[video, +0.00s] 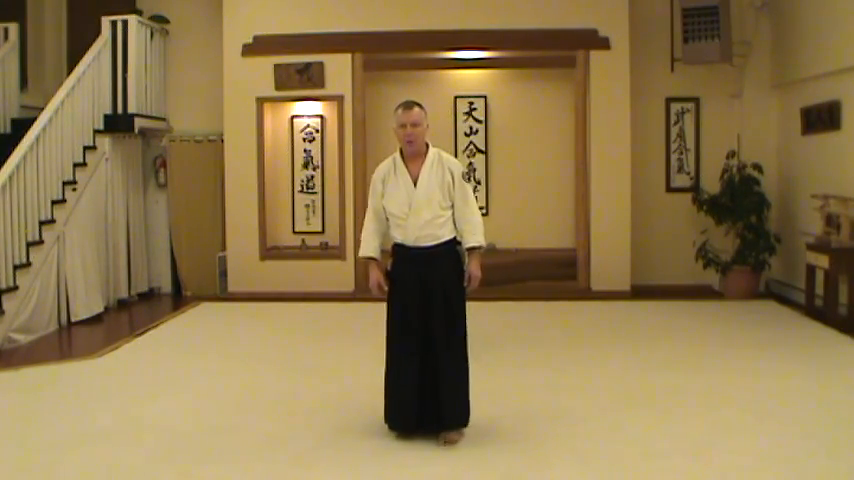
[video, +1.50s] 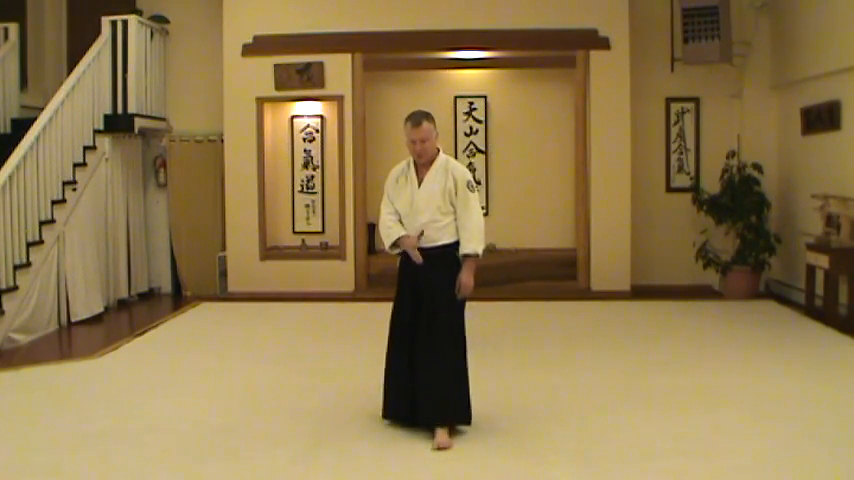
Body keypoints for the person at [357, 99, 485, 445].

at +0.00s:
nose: (409, 132)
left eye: (416, 125)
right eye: (403, 126)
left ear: (427, 128)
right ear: (395, 131)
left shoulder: (449, 166)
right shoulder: (384, 172)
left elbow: (466, 210)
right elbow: (374, 219)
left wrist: (474, 256)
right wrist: (372, 263)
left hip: (444, 261)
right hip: (405, 261)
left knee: (446, 338)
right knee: (405, 339)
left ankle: (451, 421)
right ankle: (408, 419)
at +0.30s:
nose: (423, 135)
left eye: (429, 128)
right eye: (417, 129)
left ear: (442, 129)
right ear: (409, 132)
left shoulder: (460, 167)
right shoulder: (397, 170)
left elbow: (478, 213)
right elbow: (387, 218)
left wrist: (481, 263)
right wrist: (387, 261)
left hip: (451, 261)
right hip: (413, 261)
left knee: (450, 339)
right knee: (413, 338)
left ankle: (450, 422)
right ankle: (415, 418)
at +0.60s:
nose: (429, 137)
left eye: (435, 130)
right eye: (423, 131)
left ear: (447, 131)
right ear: (415, 133)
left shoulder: (466, 168)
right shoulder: (405, 170)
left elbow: (483, 216)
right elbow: (394, 215)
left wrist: (480, 265)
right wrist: (404, 252)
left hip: (455, 261)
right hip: (419, 260)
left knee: (452, 339)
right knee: (416, 338)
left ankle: (451, 422)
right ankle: (416, 416)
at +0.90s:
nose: (425, 135)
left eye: (431, 129)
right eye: (419, 130)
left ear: (443, 130)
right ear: (412, 132)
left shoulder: (461, 169)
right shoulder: (401, 171)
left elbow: (478, 215)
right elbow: (388, 215)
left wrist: (478, 264)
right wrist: (406, 238)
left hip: (451, 260)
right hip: (416, 261)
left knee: (449, 337)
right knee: (419, 336)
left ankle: (449, 421)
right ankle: (424, 414)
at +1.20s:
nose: (417, 138)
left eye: (423, 131)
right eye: (411, 132)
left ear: (436, 133)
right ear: (405, 136)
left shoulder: (455, 170)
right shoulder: (396, 173)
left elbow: (471, 216)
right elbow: (385, 215)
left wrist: (469, 263)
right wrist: (402, 236)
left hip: (445, 260)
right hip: (411, 260)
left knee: (443, 338)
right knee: (410, 335)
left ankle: (448, 419)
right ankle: (413, 412)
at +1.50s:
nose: (418, 148)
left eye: (423, 141)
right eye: (412, 142)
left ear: (437, 137)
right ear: (406, 141)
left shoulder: (456, 172)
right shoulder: (398, 174)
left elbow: (472, 218)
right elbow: (386, 217)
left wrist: (469, 267)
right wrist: (402, 238)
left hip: (445, 261)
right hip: (412, 262)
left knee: (442, 338)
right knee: (411, 336)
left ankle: (442, 421)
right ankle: (413, 410)